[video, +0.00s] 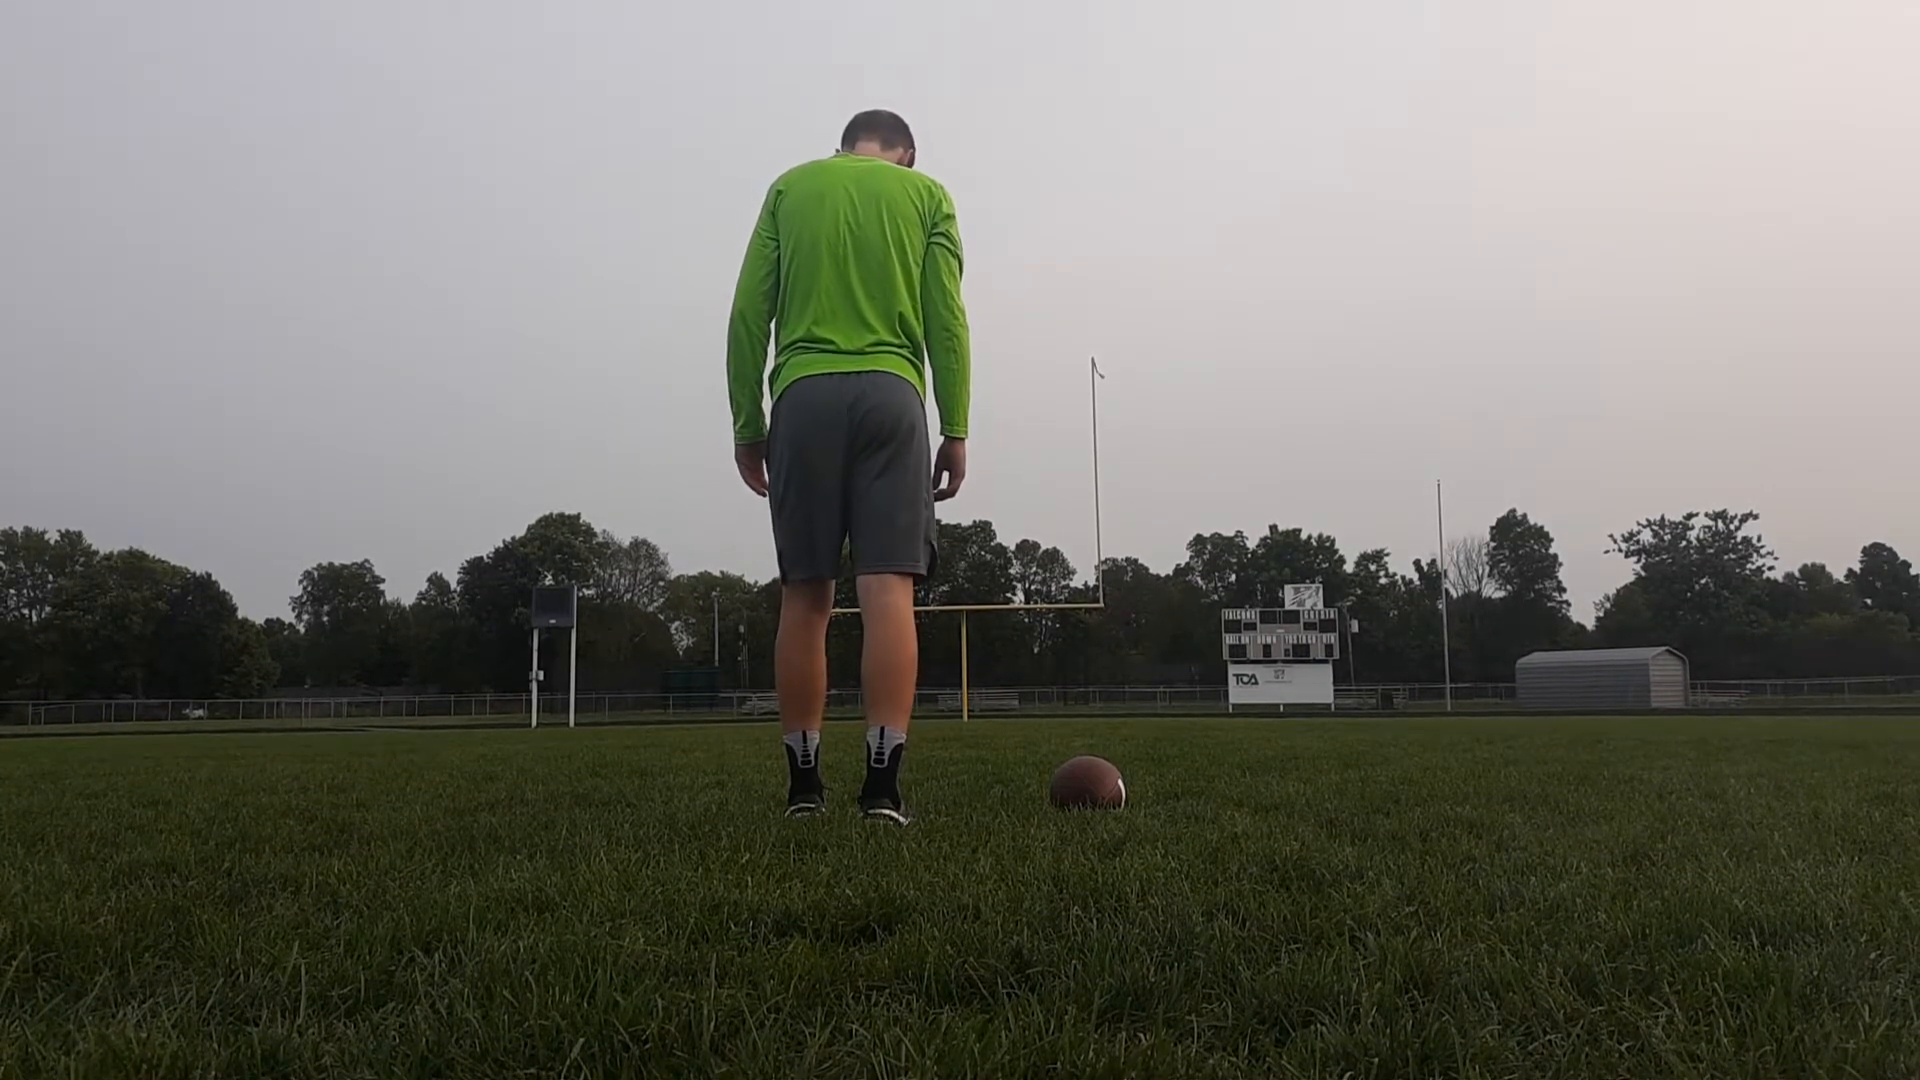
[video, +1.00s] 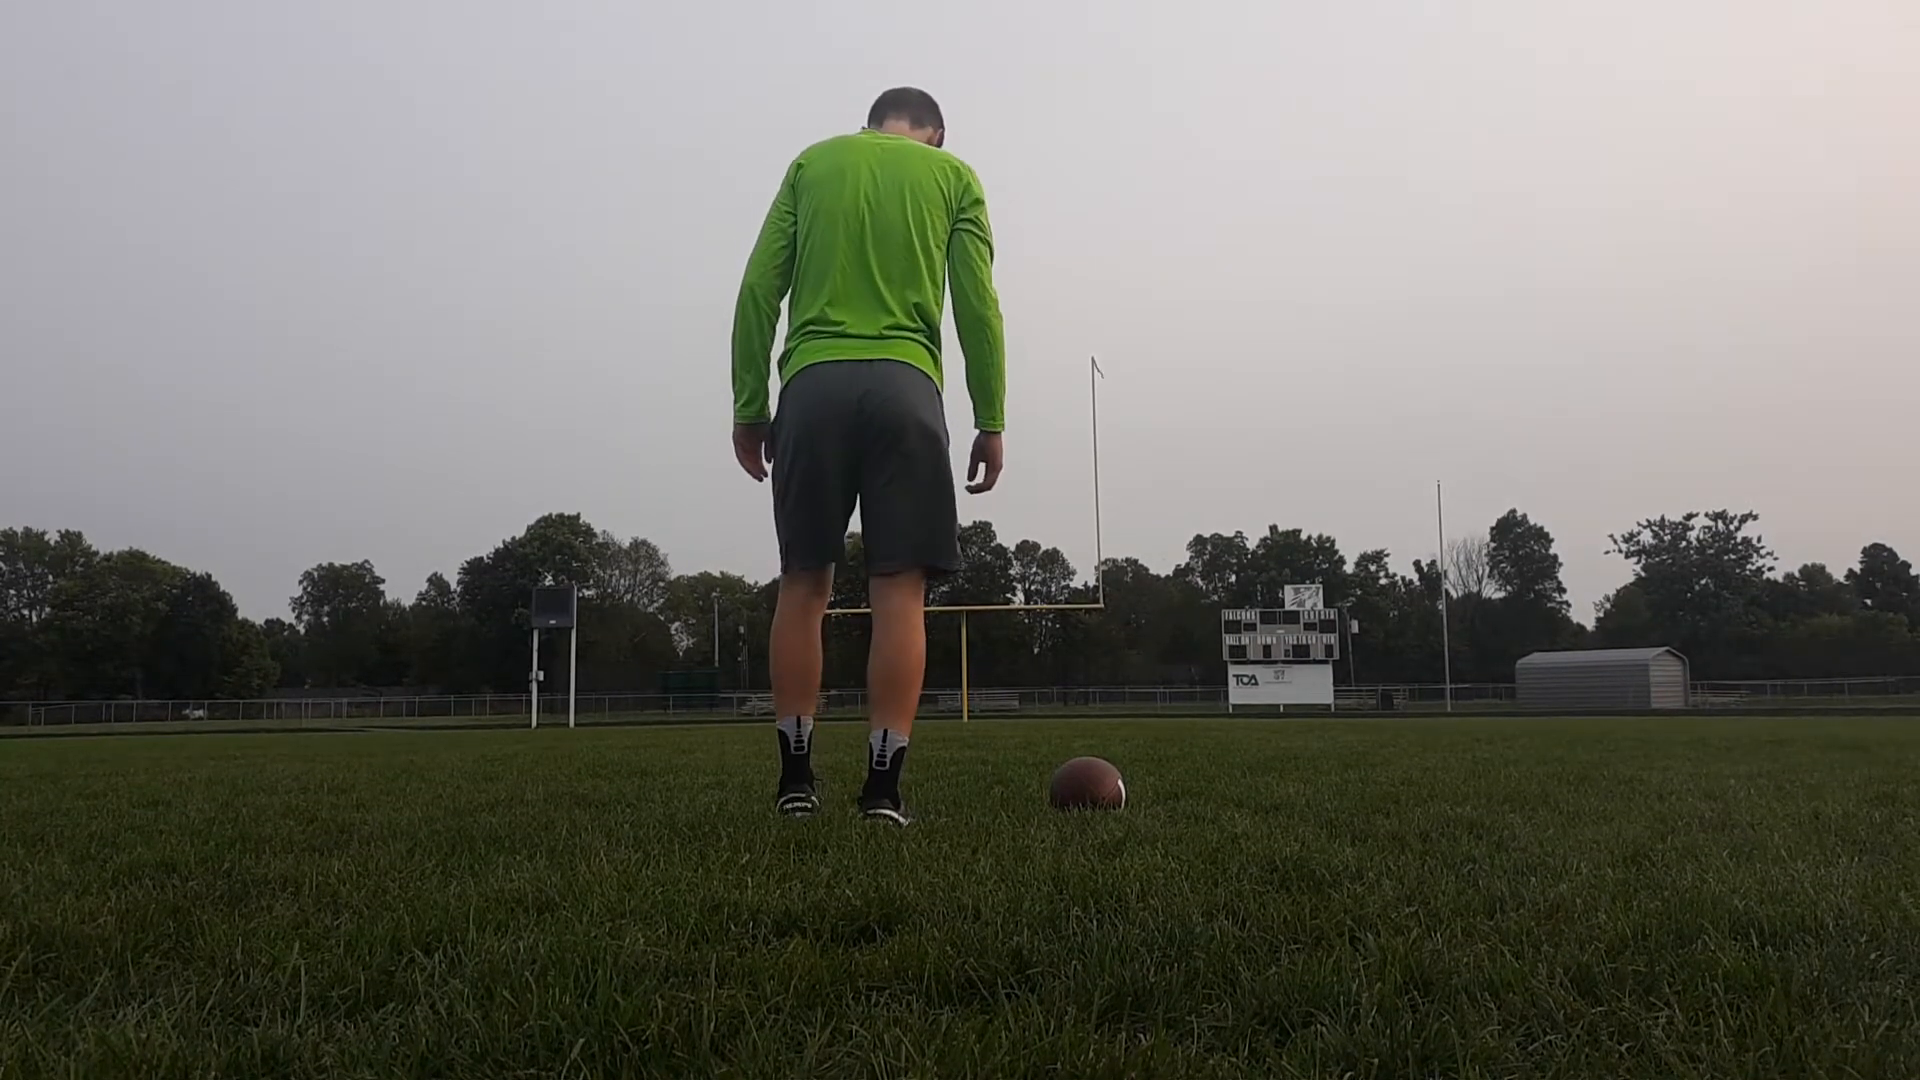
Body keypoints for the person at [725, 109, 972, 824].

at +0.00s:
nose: (910, 174)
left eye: (905, 164)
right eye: (911, 164)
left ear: (844, 145)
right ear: (904, 152)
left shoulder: (790, 184)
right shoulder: (925, 192)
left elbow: (749, 310)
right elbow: (945, 314)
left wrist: (748, 425)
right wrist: (956, 428)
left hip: (804, 395)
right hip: (891, 394)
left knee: (805, 595)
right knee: (888, 591)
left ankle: (804, 785)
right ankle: (883, 791)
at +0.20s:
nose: (910, 174)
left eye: (906, 165)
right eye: (912, 163)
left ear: (844, 144)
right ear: (905, 151)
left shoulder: (792, 184)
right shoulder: (926, 193)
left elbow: (750, 310)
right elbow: (946, 317)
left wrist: (750, 427)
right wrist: (956, 429)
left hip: (806, 396)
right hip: (892, 395)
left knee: (806, 594)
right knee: (888, 591)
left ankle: (804, 786)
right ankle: (882, 789)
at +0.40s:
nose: (910, 172)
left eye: (905, 164)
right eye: (912, 162)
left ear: (843, 143)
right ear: (905, 150)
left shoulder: (791, 184)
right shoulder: (927, 193)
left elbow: (751, 310)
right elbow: (946, 315)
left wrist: (751, 427)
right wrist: (956, 429)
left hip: (806, 396)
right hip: (893, 396)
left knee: (806, 593)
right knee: (888, 590)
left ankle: (805, 786)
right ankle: (882, 790)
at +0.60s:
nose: (912, 168)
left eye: (907, 159)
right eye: (914, 157)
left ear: (846, 139)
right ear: (907, 146)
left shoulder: (792, 184)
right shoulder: (929, 190)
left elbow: (751, 310)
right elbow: (949, 313)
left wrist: (752, 426)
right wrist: (960, 428)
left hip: (808, 397)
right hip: (894, 396)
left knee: (807, 593)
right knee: (889, 591)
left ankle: (804, 785)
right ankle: (882, 789)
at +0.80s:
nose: (922, 165)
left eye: (918, 156)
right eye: (924, 154)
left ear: (856, 133)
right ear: (917, 141)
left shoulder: (799, 179)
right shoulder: (936, 186)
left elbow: (753, 306)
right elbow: (956, 307)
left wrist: (755, 422)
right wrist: (968, 425)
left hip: (811, 397)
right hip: (899, 398)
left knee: (812, 593)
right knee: (893, 593)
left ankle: (804, 785)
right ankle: (882, 792)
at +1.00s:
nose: (938, 156)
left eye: (933, 146)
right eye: (941, 145)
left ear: (871, 121)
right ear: (932, 132)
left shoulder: (812, 162)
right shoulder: (952, 174)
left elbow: (759, 287)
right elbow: (977, 300)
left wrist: (749, 408)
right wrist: (991, 420)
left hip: (814, 387)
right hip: (907, 390)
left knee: (802, 584)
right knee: (900, 590)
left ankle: (795, 781)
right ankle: (883, 792)